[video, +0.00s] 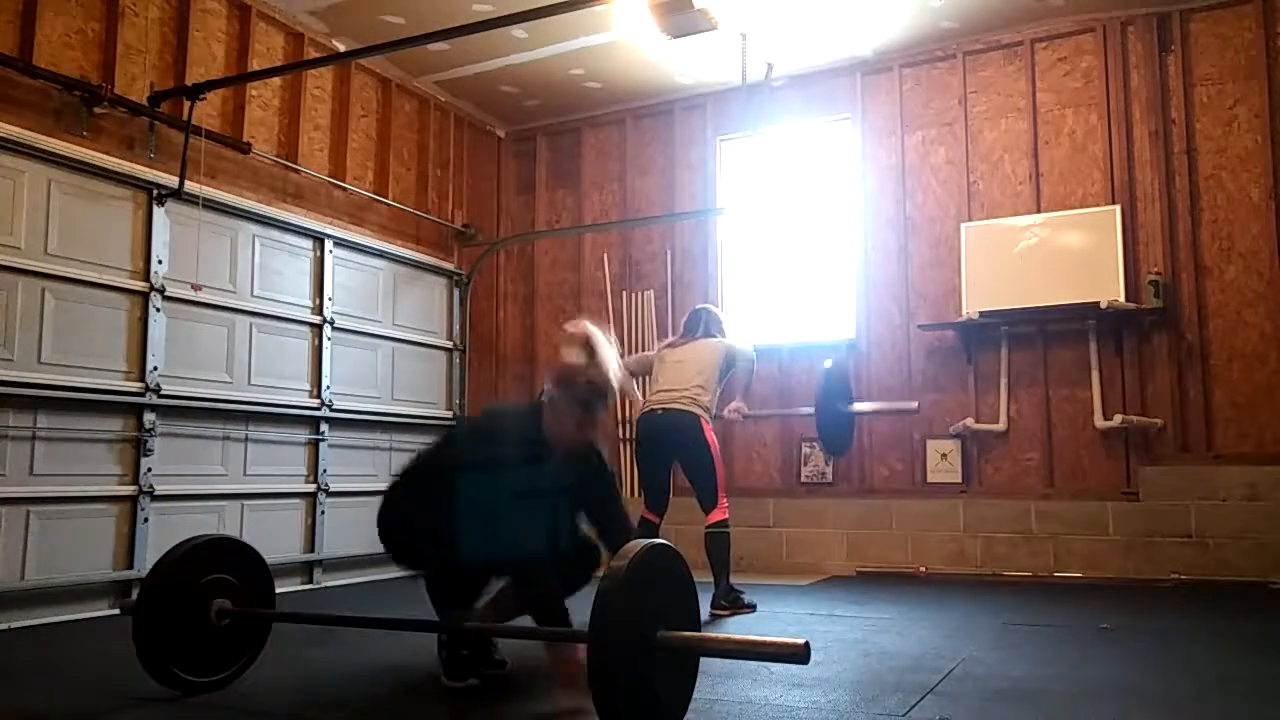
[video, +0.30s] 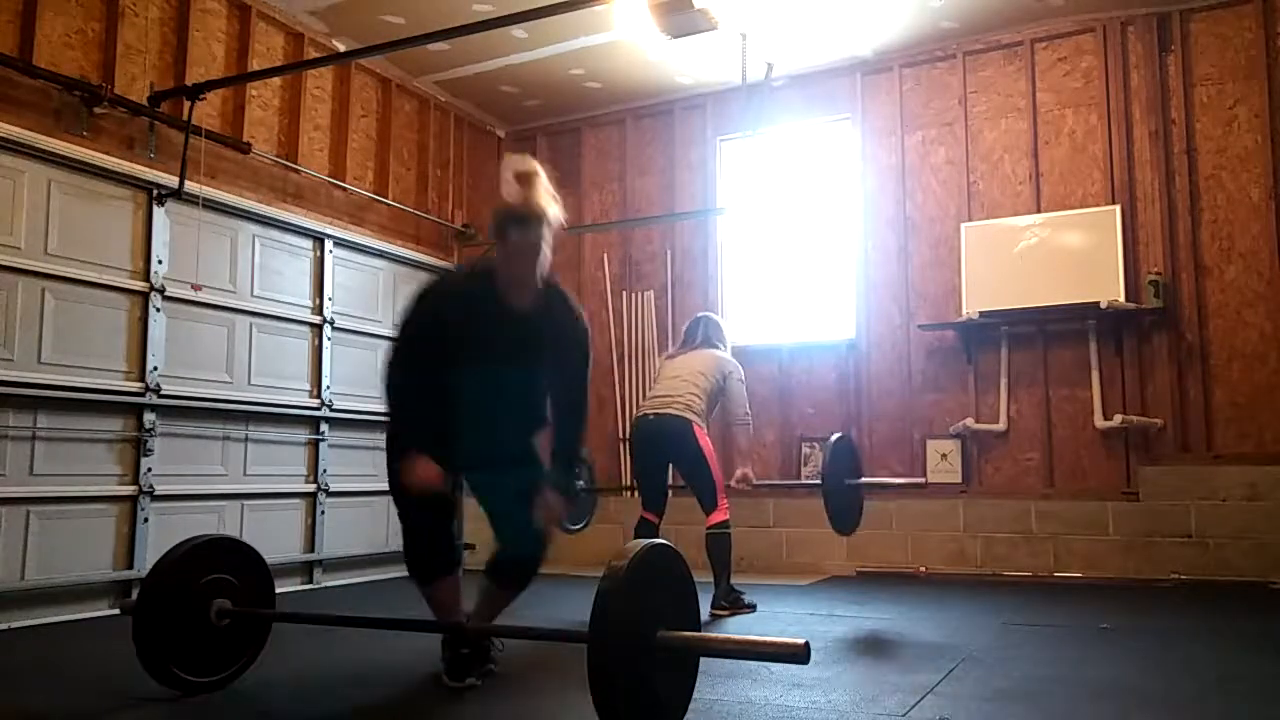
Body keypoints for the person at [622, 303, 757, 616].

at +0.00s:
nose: (724, 332)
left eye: (722, 328)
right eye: (722, 327)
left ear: (687, 328)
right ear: (716, 328)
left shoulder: (665, 352)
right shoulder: (720, 346)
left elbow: (625, 364)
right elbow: (747, 356)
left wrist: (637, 399)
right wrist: (738, 399)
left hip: (650, 422)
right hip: (689, 422)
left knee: (653, 506)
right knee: (715, 507)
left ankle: (631, 585)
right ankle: (723, 592)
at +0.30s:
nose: (727, 344)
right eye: (725, 338)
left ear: (687, 337)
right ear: (720, 337)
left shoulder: (670, 359)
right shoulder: (726, 362)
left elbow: (658, 402)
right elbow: (740, 417)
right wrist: (745, 465)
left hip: (644, 426)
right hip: (683, 427)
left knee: (651, 508)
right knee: (715, 508)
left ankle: (630, 583)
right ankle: (723, 591)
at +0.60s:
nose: (726, 343)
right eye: (726, 339)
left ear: (693, 333)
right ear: (721, 335)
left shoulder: (670, 351)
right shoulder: (724, 347)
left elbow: (630, 372)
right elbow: (750, 363)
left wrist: (643, 404)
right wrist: (744, 403)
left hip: (648, 425)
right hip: (687, 425)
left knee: (654, 506)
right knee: (716, 508)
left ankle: (633, 586)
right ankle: (723, 592)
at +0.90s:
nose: (733, 346)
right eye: (733, 342)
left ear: (698, 335)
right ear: (727, 338)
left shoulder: (675, 353)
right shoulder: (732, 354)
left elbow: (639, 392)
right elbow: (746, 386)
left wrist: (646, 428)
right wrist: (744, 431)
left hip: (646, 422)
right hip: (685, 423)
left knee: (652, 506)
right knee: (713, 508)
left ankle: (632, 587)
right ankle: (723, 591)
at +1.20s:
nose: (739, 399)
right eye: (738, 394)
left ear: (701, 388)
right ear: (732, 392)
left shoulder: (678, 402)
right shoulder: (733, 410)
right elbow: (744, 466)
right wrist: (747, 517)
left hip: (638, 453)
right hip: (680, 455)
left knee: (655, 515)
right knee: (725, 516)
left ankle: (632, 580)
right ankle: (724, 594)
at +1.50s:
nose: (755, 407)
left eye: (759, 402)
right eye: (755, 398)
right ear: (739, 381)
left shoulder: (696, 378)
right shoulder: (709, 384)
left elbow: (670, 444)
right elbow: (698, 433)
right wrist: (716, 480)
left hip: (619, 442)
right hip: (634, 442)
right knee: (694, 507)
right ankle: (717, 584)